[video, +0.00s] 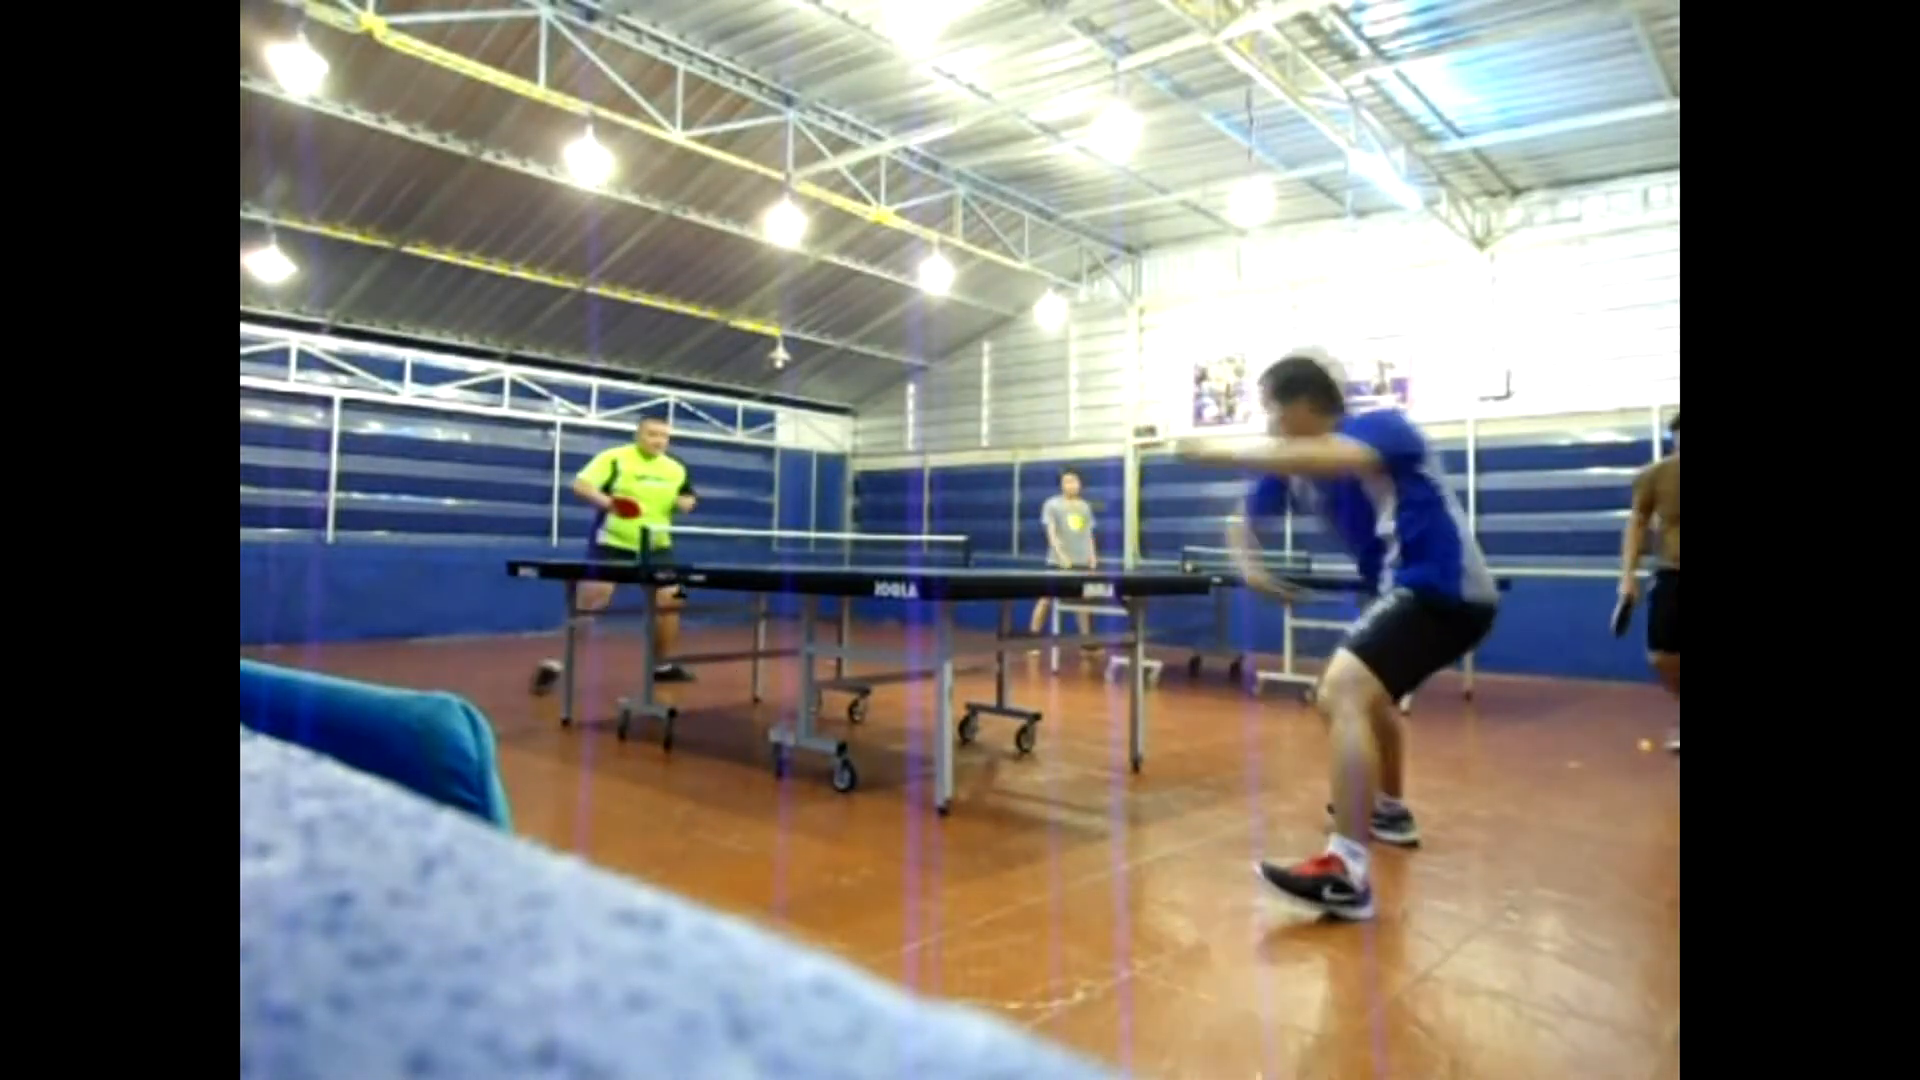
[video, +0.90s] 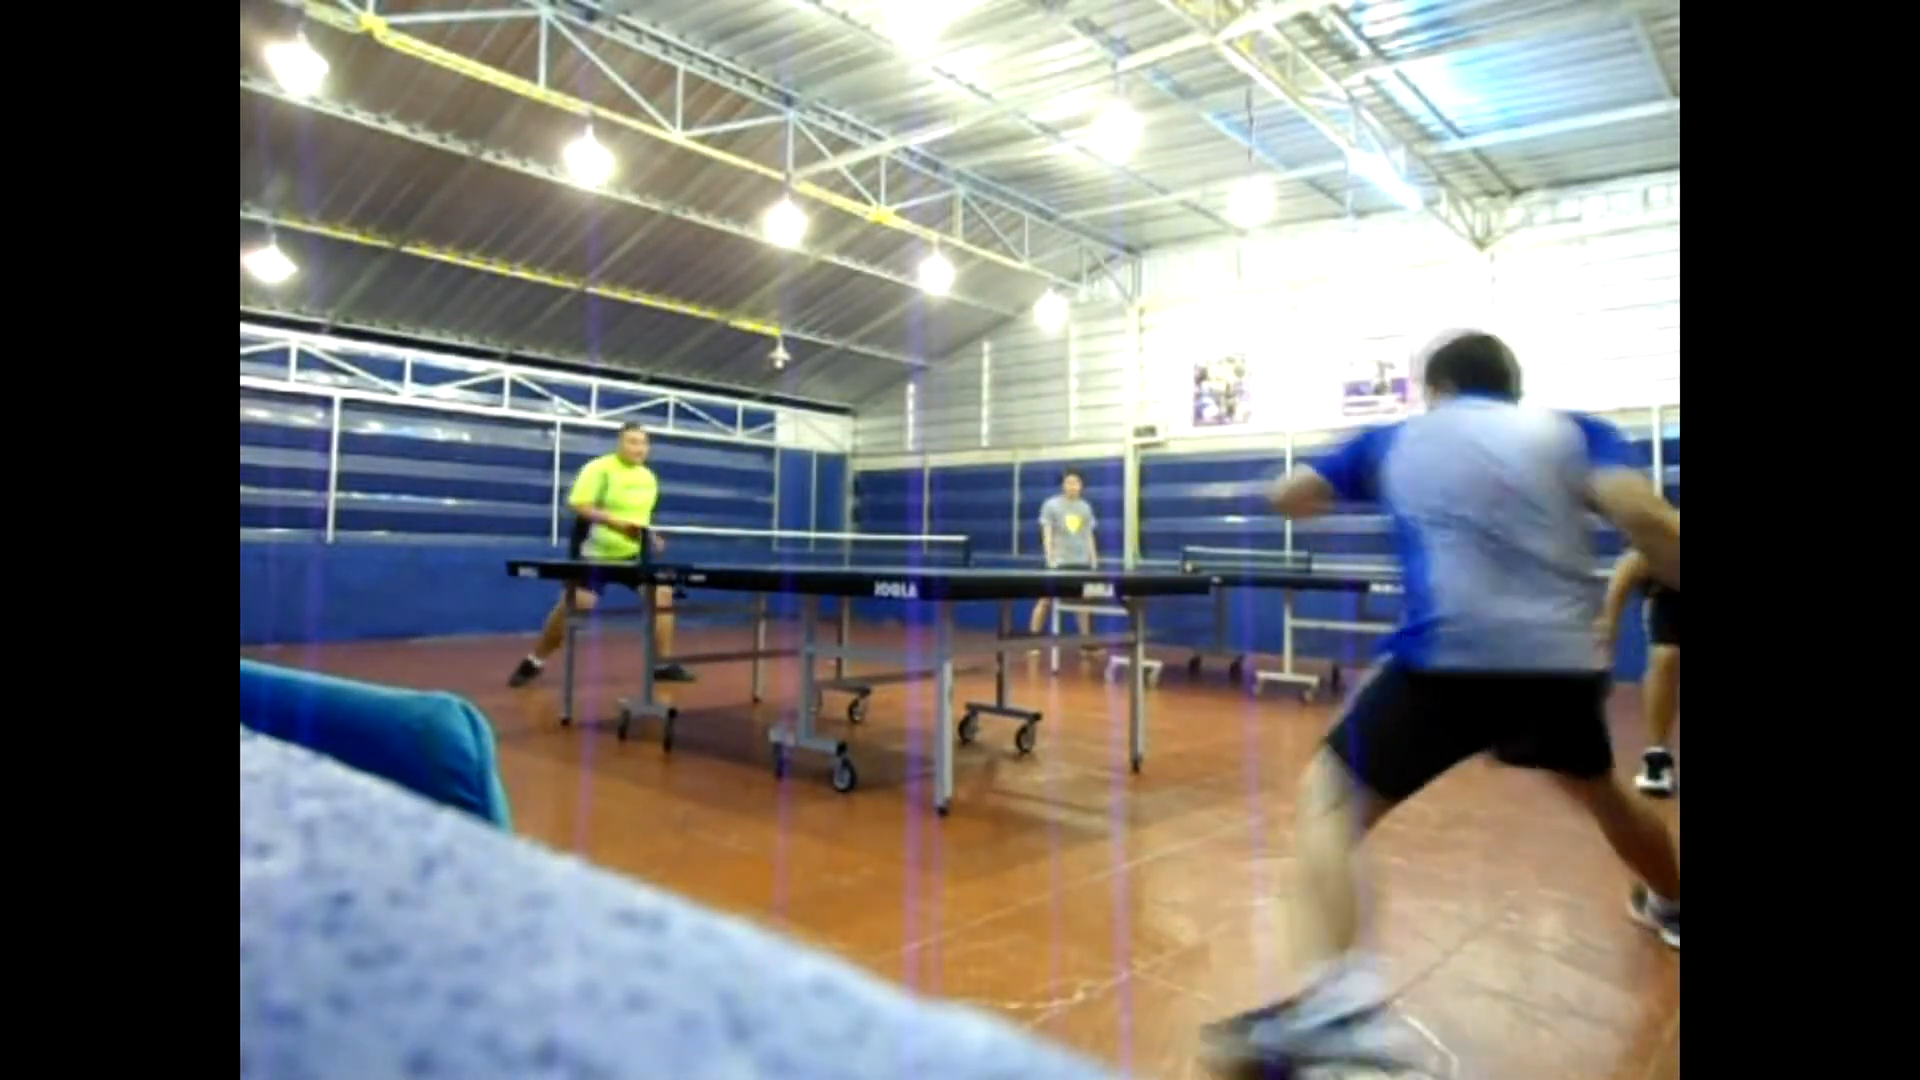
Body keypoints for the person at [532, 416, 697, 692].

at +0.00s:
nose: (658, 441)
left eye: (663, 436)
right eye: (652, 434)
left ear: (668, 439)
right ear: (639, 434)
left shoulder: (676, 470)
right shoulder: (615, 458)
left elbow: (687, 498)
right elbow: (581, 484)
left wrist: (685, 502)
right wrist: (608, 502)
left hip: (657, 545)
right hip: (614, 542)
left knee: (669, 600)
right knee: (591, 599)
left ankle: (664, 662)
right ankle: (560, 663)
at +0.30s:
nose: (635, 460)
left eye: (639, 454)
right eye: (629, 453)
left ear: (644, 458)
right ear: (614, 454)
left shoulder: (648, 487)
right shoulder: (590, 478)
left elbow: (662, 521)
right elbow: (570, 514)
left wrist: (662, 510)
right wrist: (618, 529)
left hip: (629, 563)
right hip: (588, 560)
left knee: (668, 599)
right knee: (564, 604)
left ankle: (662, 663)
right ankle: (537, 671)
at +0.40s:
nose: (635, 460)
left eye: (638, 454)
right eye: (629, 454)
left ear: (642, 457)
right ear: (613, 455)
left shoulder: (646, 484)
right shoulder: (595, 483)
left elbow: (649, 518)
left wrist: (670, 510)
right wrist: (651, 523)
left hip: (629, 562)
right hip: (590, 561)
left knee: (665, 598)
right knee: (565, 603)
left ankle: (663, 663)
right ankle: (537, 672)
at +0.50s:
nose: (639, 457)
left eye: (643, 451)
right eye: (632, 451)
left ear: (646, 455)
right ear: (617, 452)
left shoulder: (645, 481)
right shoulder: (610, 480)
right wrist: (686, 509)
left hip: (629, 562)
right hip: (591, 562)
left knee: (665, 598)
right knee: (575, 606)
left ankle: (663, 663)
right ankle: (538, 671)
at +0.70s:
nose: (652, 445)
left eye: (656, 439)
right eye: (645, 438)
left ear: (659, 443)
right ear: (630, 439)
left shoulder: (655, 473)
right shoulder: (615, 464)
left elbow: (652, 509)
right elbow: (622, 500)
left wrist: (678, 516)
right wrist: (671, 508)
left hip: (636, 545)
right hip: (599, 543)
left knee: (662, 594)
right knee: (581, 598)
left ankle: (663, 661)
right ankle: (541, 666)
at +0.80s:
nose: (649, 444)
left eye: (653, 439)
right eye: (642, 438)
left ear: (656, 443)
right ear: (628, 439)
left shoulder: (655, 474)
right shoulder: (607, 464)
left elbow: (649, 510)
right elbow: (601, 504)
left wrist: (658, 532)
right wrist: (643, 518)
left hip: (637, 550)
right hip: (601, 547)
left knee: (663, 595)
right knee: (582, 598)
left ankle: (663, 661)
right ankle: (536, 662)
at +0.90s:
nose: (637, 448)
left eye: (642, 443)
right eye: (631, 442)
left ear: (647, 447)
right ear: (620, 443)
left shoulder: (649, 479)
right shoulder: (598, 469)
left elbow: (641, 516)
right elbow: (578, 503)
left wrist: (651, 535)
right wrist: (619, 524)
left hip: (633, 558)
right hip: (596, 556)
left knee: (663, 594)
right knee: (579, 602)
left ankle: (663, 661)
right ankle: (535, 660)